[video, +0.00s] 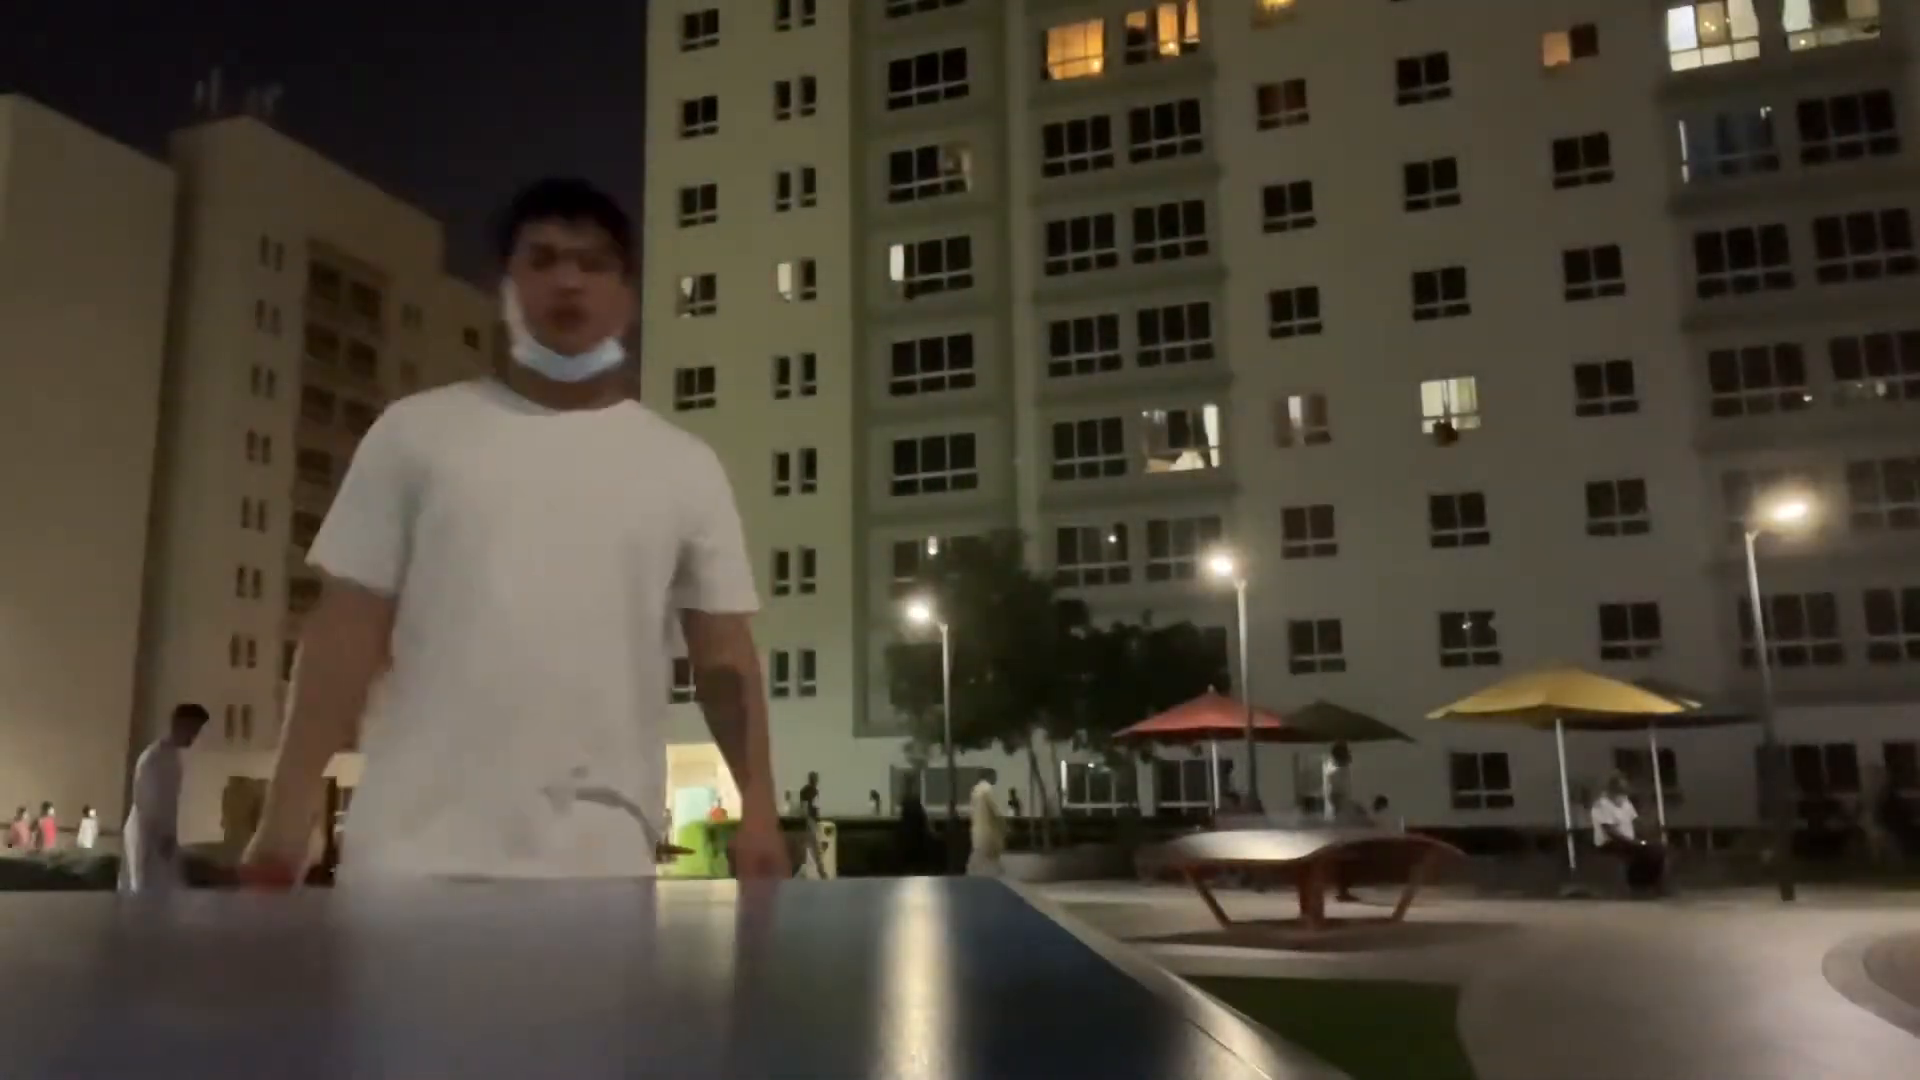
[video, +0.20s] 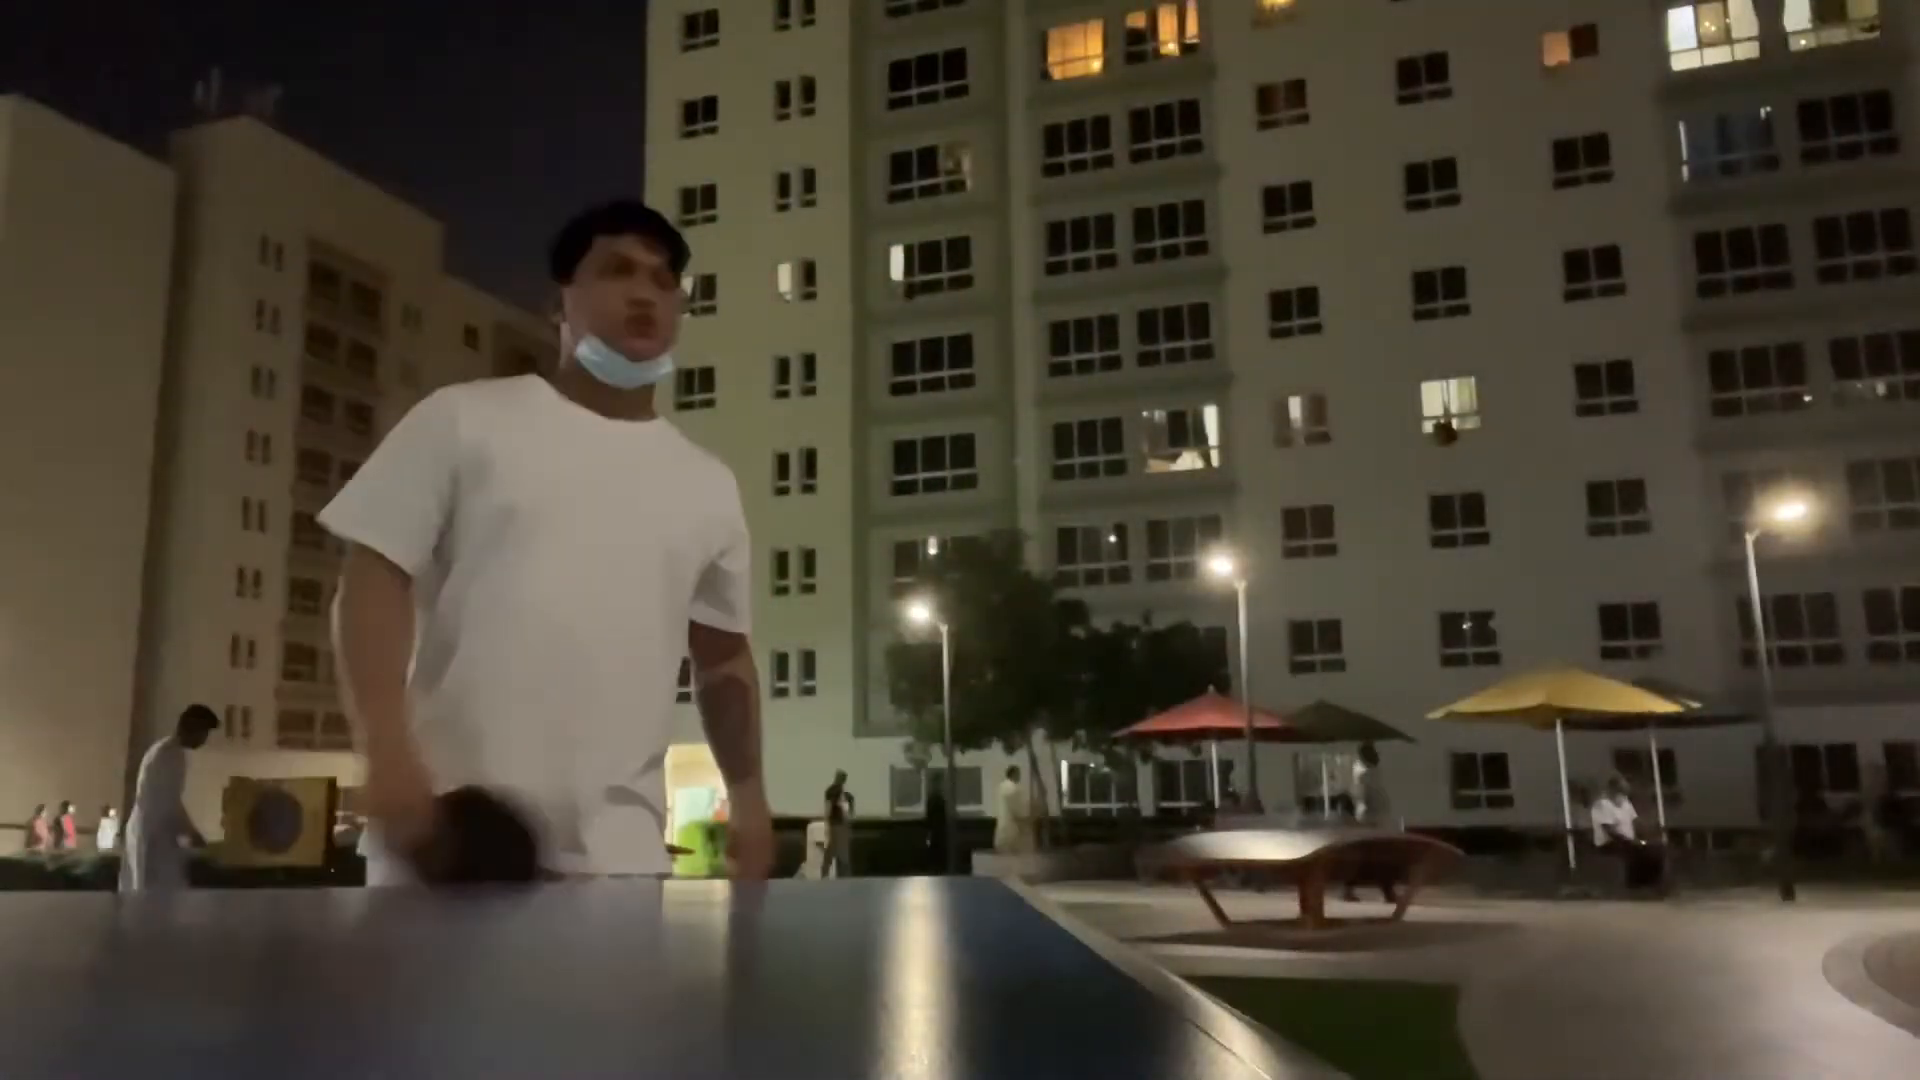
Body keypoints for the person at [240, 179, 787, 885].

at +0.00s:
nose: (567, 282)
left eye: (593, 263)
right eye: (542, 261)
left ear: (630, 292)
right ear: (505, 287)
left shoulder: (681, 467)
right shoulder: (415, 435)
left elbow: (725, 658)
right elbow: (346, 630)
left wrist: (759, 810)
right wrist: (289, 817)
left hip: (594, 852)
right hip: (416, 847)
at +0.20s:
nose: (644, 294)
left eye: (663, 279)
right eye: (616, 270)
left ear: (680, 310)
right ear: (562, 299)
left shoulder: (705, 486)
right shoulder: (462, 424)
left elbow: (724, 661)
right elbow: (371, 586)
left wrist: (748, 807)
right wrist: (390, 759)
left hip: (613, 853)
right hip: (448, 842)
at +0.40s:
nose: (582, 280)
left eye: (606, 264)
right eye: (555, 258)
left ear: (637, 301)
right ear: (514, 288)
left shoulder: (680, 475)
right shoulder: (417, 425)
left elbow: (715, 654)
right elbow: (345, 593)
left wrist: (699, 760)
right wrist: (464, 717)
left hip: (595, 860)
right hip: (416, 849)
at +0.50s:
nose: (534, 255)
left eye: (561, 238)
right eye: (507, 231)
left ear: (594, 277)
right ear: (463, 265)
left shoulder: (650, 452)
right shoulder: (365, 414)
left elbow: (692, 644)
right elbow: (282, 584)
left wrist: (647, 753)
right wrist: (426, 719)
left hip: (579, 863)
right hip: (387, 859)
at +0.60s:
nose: (526, 233)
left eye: (553, 214)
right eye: (495, 208)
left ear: (589, 253)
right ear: (451, 243)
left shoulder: (653, 430)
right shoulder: (355, 401)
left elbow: (696, 620)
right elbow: (253, 576)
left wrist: (637, 735)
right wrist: (380, 709)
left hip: (587, 846)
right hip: (392, 844)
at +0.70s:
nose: (573, 217)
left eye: (602, 194)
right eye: (544, 192)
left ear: (646, 228)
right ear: (502, 225)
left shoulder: (711, 423)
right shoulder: (407, 398)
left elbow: (751, 629)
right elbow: (318, 585)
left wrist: (646, 765)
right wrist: (382, 734)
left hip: (622, 864)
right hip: (420, 857)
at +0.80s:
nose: (643, 182)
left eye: (677, 162)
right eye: (619, 157)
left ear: (731, 212)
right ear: (584, 191)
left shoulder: (778, 395)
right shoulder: (496, 368)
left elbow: (830, 619)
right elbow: (417, 556)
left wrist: (679, 718)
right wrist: (411, 769)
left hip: (682, 861)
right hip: (498, 856)